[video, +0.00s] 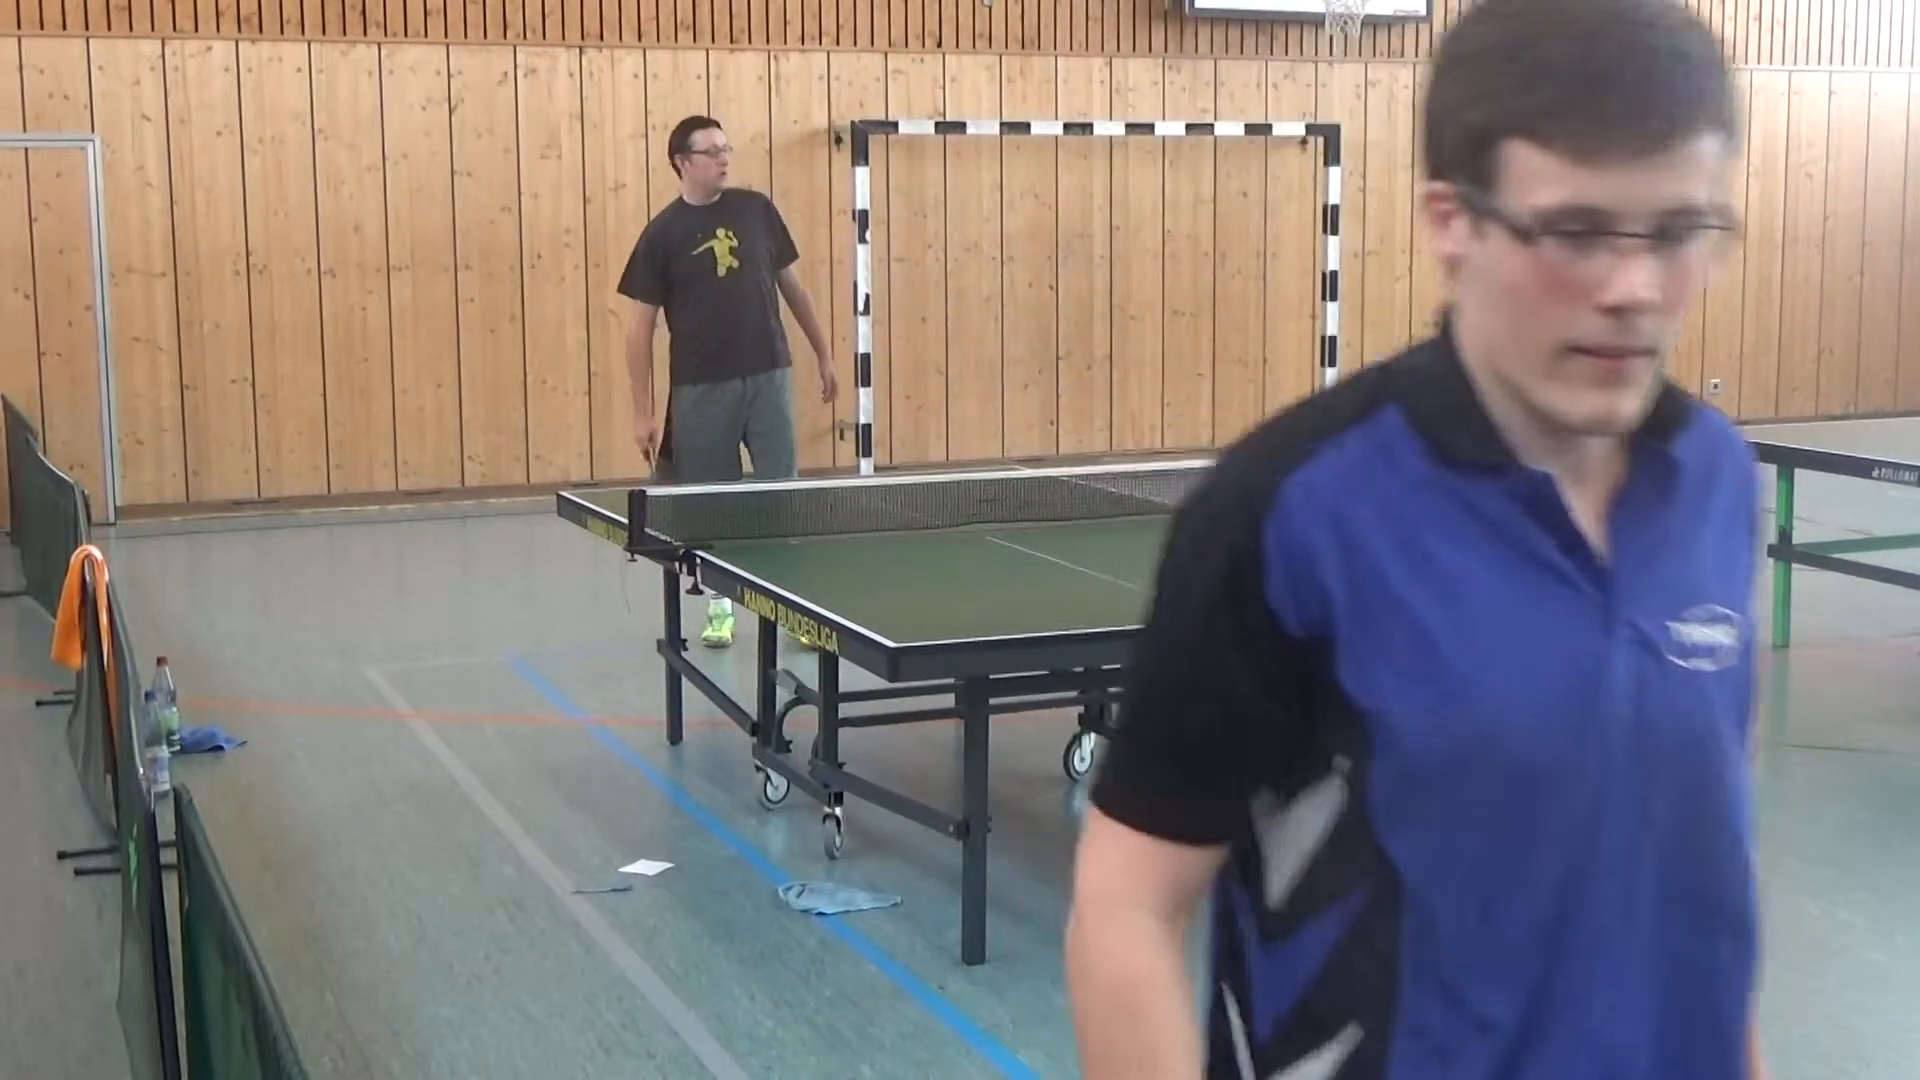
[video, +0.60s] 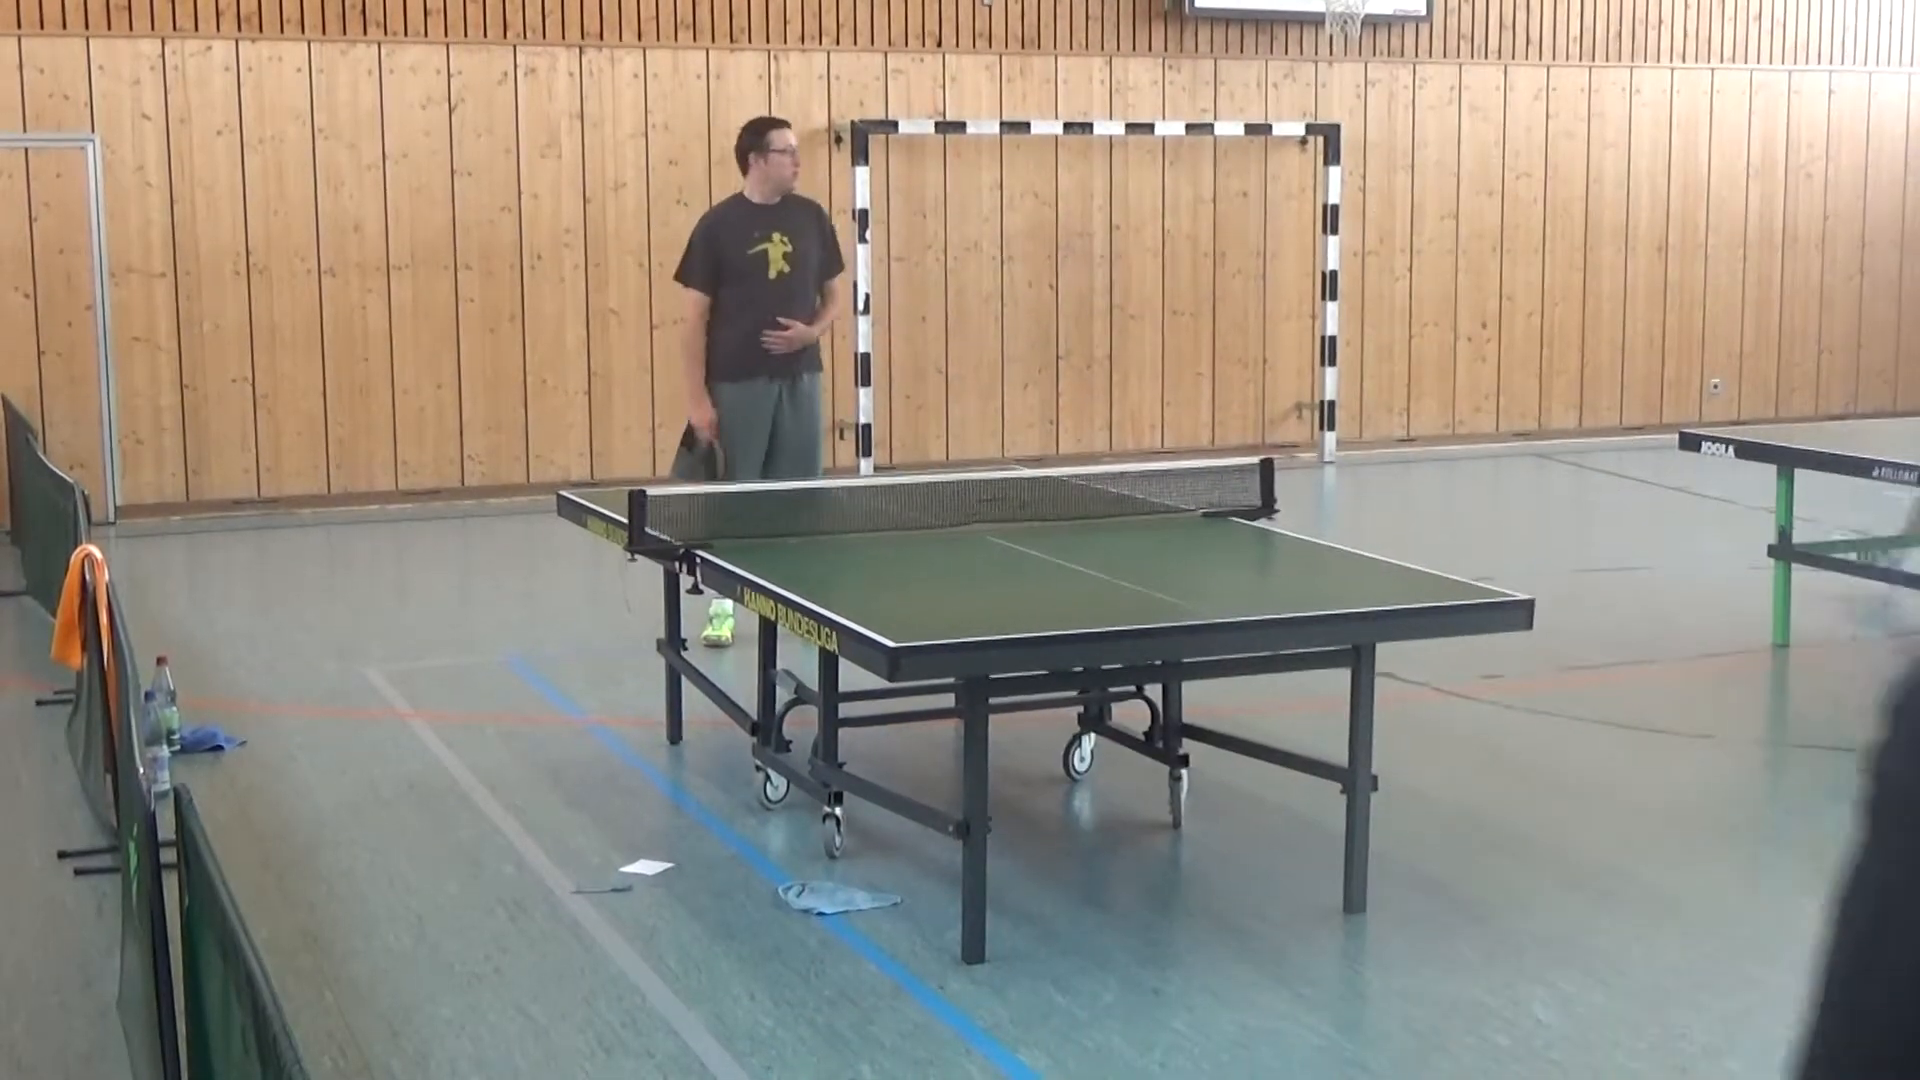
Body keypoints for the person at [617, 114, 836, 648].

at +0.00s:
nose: (724, 159)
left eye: (725, 150)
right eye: (711, 152)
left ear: (728, 156)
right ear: (681, 163)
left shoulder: (757, 208)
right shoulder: (661, 234)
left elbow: (792, 285)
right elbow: (641, 327)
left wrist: (824, 356)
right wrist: (644, 413)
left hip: (770, 381)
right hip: (701, 391)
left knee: (783, 498)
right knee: (708, 504)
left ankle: (796, 606)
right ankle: (719, 603)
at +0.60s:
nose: (796, 161)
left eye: (796, 152)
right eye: (785, 152)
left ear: (790, 159)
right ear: (753, 160)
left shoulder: (812, 217)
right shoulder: (717, 225)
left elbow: (836, 292)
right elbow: (693, 319)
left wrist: (814, 330)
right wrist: (697, 398)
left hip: (801, 382)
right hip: (738, 385)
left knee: (798, 499)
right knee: (731, 501)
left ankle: (795, 603)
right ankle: (722, 603)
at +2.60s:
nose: (808, 173)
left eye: (818, 164)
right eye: (799, 163)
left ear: (830, 168)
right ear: (782, 165)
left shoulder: (851, 224)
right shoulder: (754, 228)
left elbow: (900, 268)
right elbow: (731, 318)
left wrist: (864, 315)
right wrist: (750, 393)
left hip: (835, 392)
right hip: (768, 392)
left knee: (841, 510)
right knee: (745, 506)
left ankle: (842, 613)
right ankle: (729, 608)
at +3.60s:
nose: (809, 172)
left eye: (818, 163)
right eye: (800, 163)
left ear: (831, 166)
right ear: (784, 165)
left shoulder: (853, 224)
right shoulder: (754, 227)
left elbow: (903, 271)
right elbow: (720, 308)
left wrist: (867, 314)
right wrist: (760, 320)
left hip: (835, 388)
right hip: (768, 389)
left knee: (835, 506)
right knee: (748, 502)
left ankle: (833, 612)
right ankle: (729, 607)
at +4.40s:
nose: (809, 172)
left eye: (818, 163)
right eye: (800, 163)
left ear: (833, 166)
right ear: (786, 167)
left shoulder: (858, 225)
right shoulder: (760, 226)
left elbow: (918, 272)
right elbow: (720, 312)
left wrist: (875, 316)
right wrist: (744, 293)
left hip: (837, 389)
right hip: (767, 388)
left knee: (842, 509)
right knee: (735, 498)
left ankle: (843, 615)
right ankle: (727, 606)